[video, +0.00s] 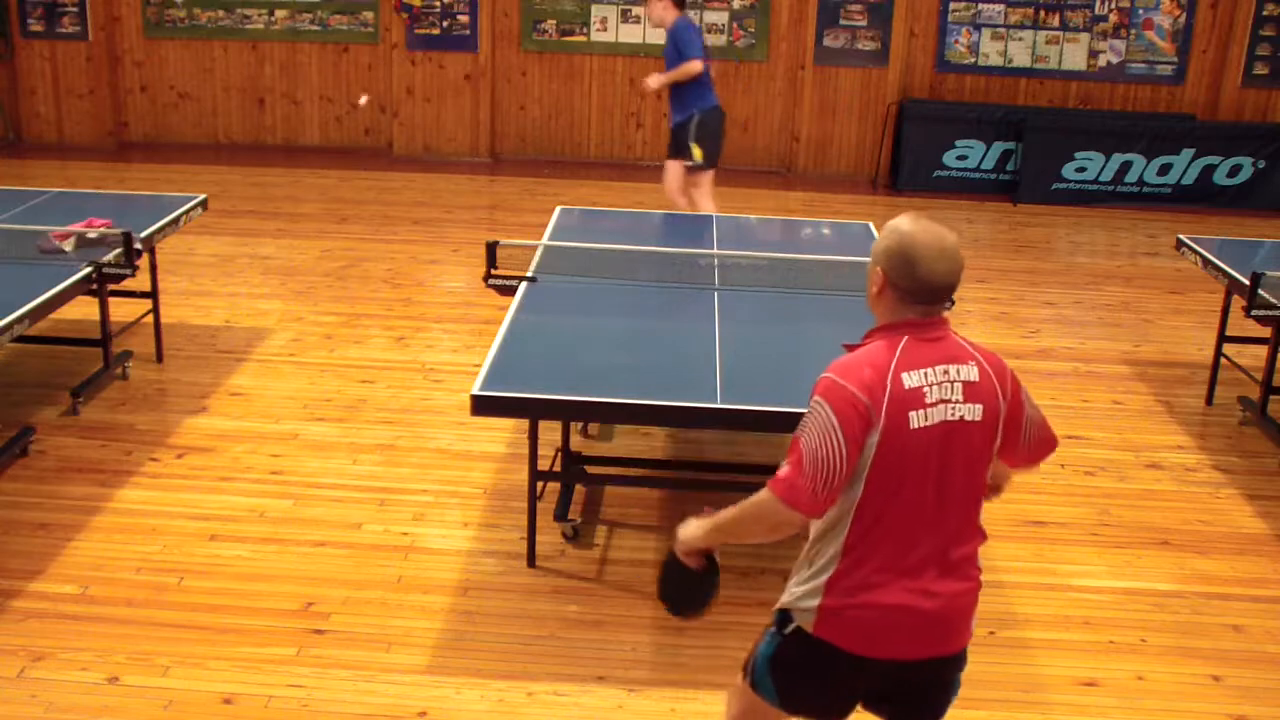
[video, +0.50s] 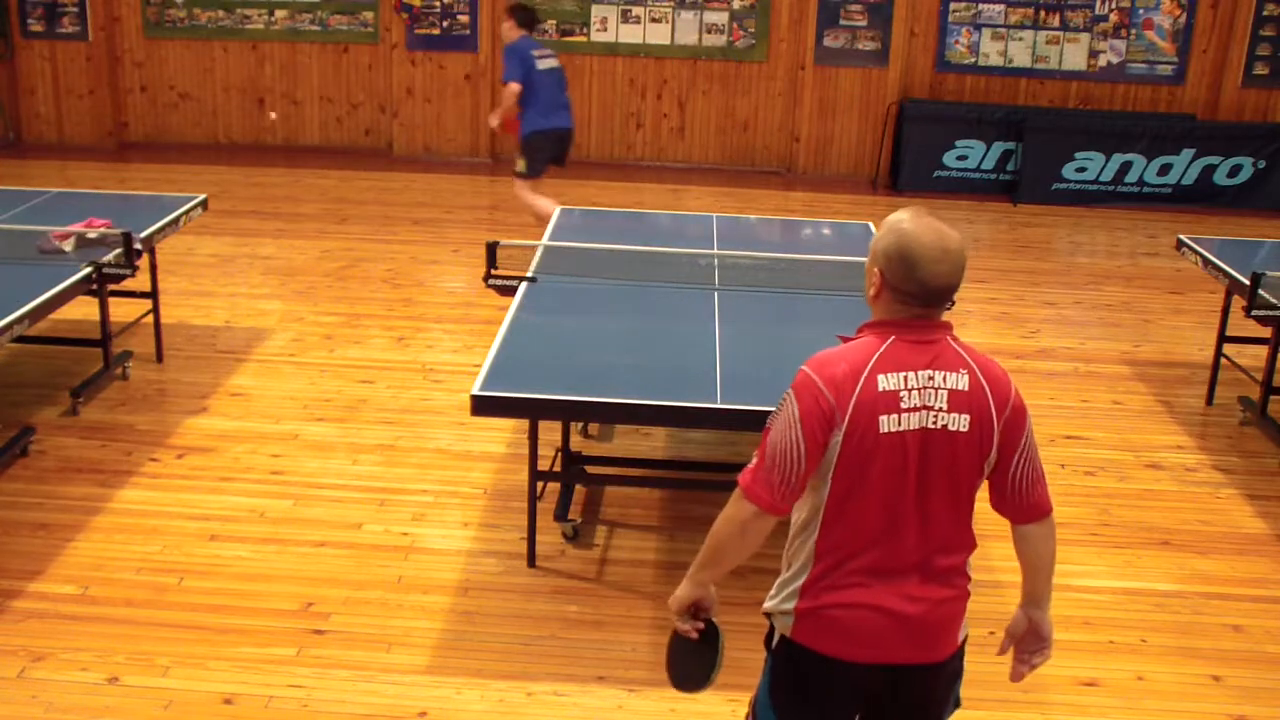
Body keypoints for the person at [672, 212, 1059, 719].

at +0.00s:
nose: (869, 268)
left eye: (873, 260)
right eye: (877, 256)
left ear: (879, 281)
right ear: (950, 287)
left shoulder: (854, 379)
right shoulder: (989, 370)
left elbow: (794, 501)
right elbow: (1031, 444)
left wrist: (706, 531)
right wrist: (994, 471)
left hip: (837, 630)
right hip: (938, 636)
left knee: (753, 706)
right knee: (914, 713)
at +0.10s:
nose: (880, 265)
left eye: (884, 258)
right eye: (886, 255)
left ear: (891, 277)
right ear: (960, 285)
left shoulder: (860, 376)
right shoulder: (998, 372)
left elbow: (798, 500)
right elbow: (1046, 462)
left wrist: (724, 563)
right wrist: (1020, 505)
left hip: (844, 636)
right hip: (946, 637)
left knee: (785, 701)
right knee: (928, 713)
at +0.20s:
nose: (883, 265)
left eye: (886, 259)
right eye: (889, 255)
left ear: (893, 277)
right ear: (964, 287)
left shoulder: (858, 376)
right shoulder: (999, 376)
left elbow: (794, 499)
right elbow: (1051, 479)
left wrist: (732, 580)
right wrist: (1042, 540)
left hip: (844, 640)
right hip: (946, 640)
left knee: (803, 706)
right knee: (934, 712)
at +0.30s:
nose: (879, 262)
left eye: (882, 256)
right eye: (885, 252)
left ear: (888, 276)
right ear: (961, 286)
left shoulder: (848, 376)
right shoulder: (998, 379)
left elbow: (782, 502)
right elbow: (1043, 496)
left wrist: (724, 587)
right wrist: (1050, 573)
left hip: (837, 641)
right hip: (942, 642)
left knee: (802, 710)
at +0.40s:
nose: (872, 262)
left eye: (875, 256)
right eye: (878, 252)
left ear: (881, 278)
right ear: (956, 286)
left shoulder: (841, 376)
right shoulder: (995, 380)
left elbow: (772, 502)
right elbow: (1037, 505)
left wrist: (712, 584)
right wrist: (1045, 599)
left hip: (831, 645)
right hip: (937, 648)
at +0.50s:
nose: (867, 263)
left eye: (870, 255)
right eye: (874, 251)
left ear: (876, 281)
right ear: (953, 289)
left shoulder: (832, 376)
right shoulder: (992, 385)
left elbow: (760, 499)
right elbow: (1032, 510)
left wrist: (700, 579)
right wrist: (1035, 607)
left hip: (825, 646)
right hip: (931, 649)